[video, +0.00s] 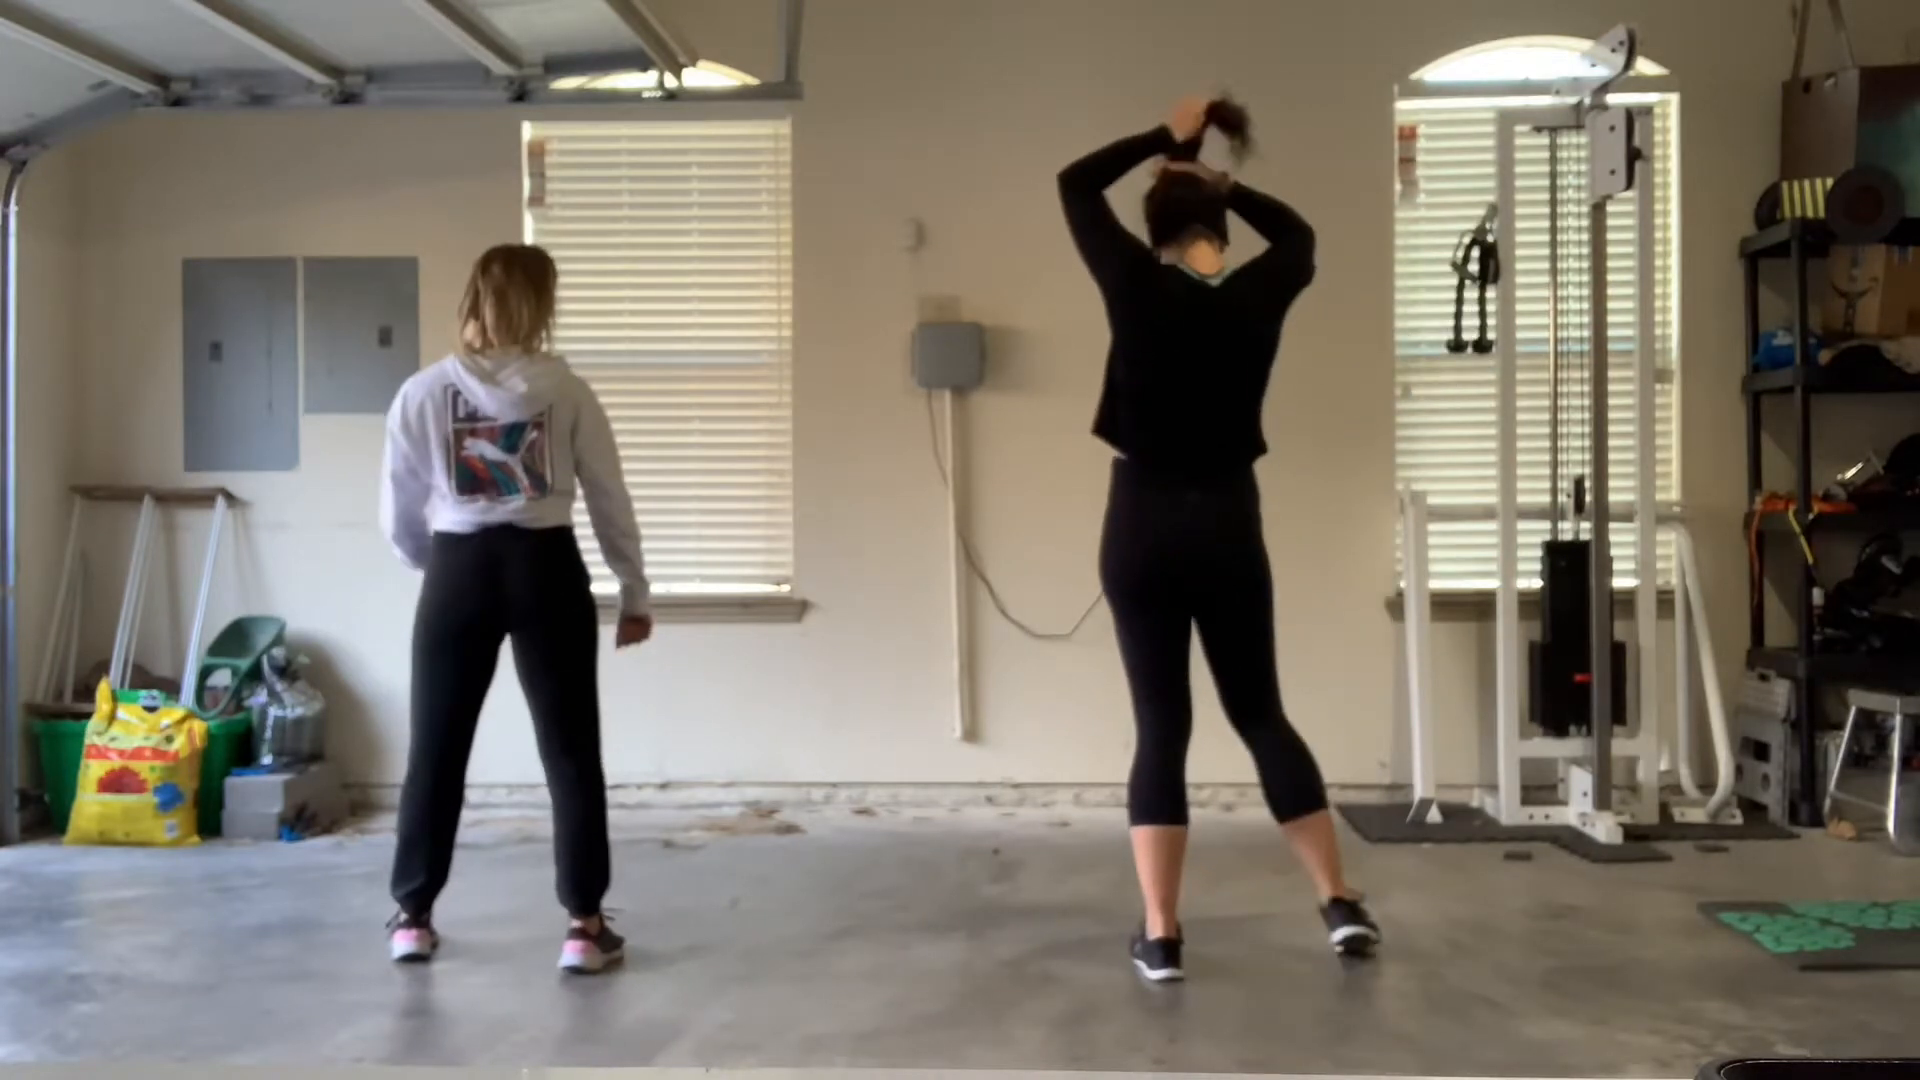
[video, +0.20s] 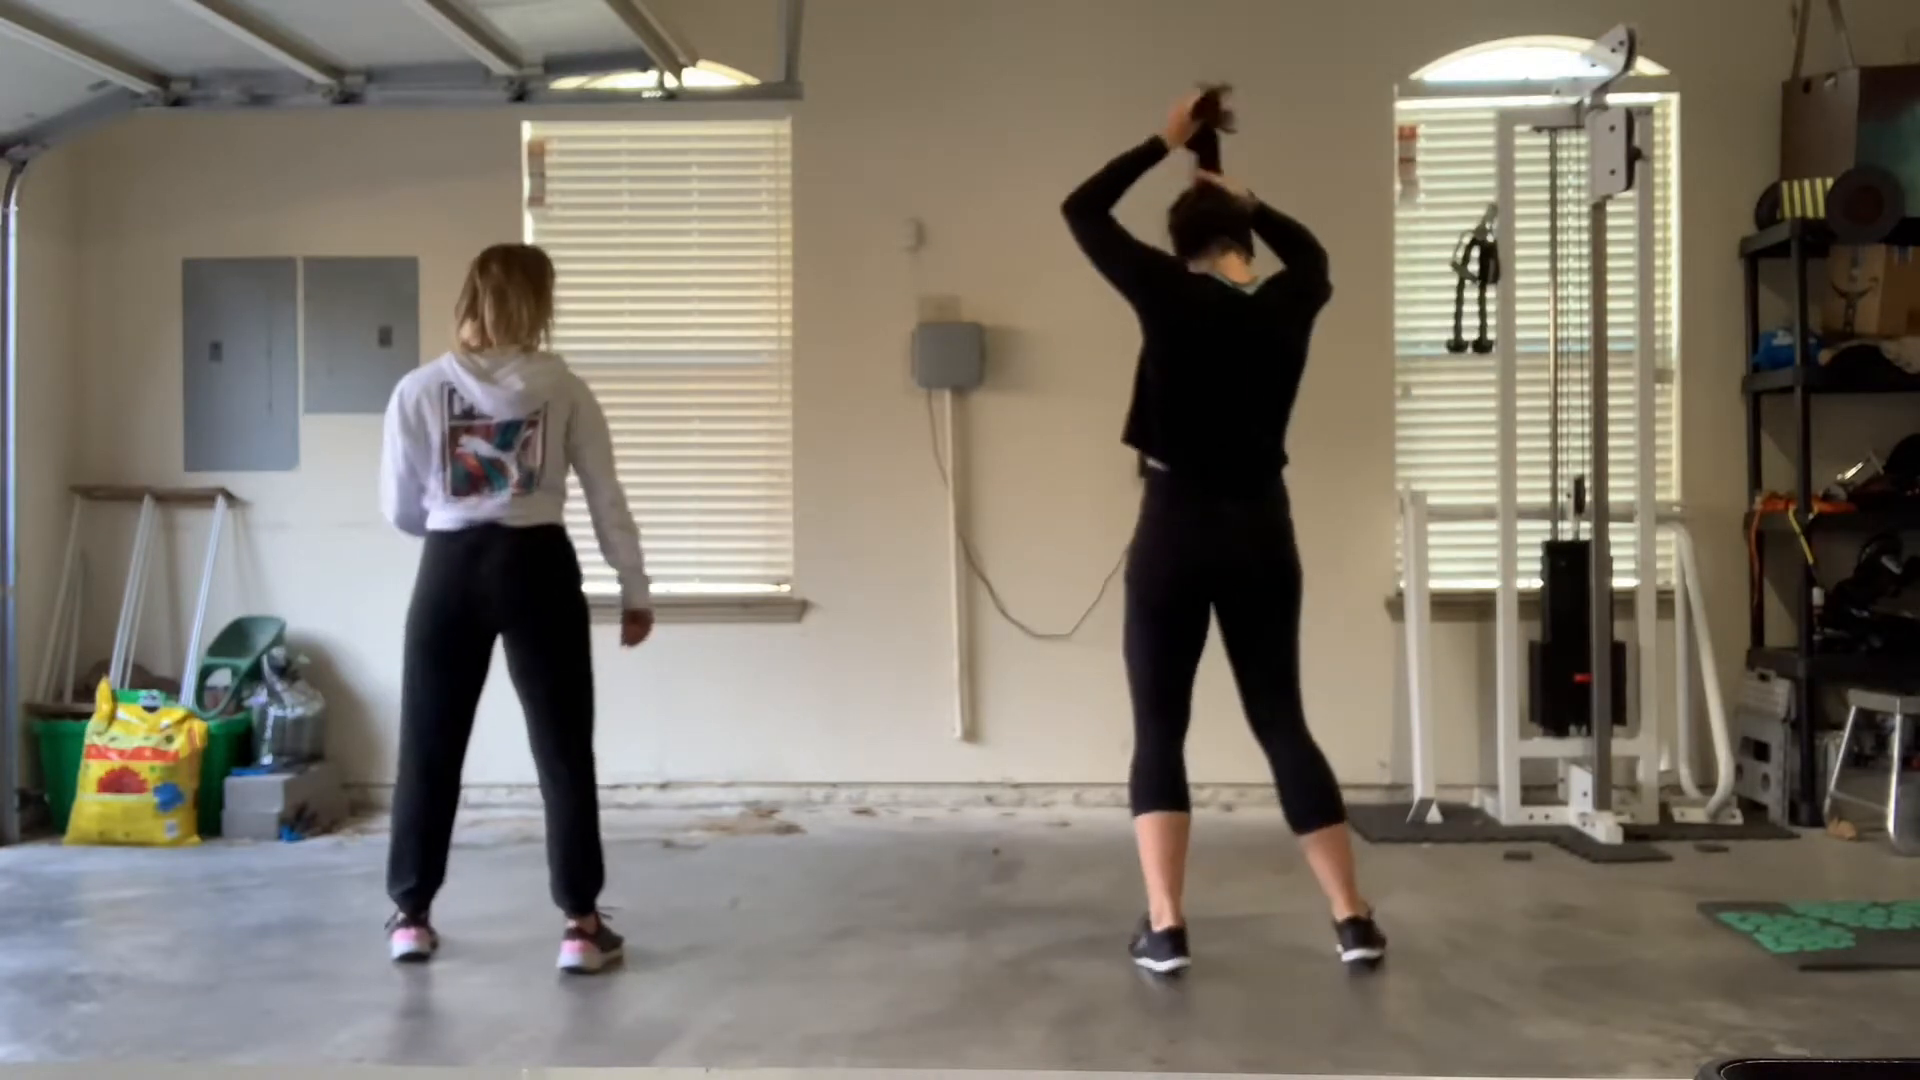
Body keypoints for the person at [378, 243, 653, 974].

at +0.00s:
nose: (551, 313)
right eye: (548, 300)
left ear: (473, 303)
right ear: (543, 306)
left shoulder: (423, 391)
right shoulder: (566, 387)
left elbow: (400, 518)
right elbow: (608, 497)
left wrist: (439, 563)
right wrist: (634, 590)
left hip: (457, 576)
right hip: (549, 574)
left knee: (435, 750)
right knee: (571, 753)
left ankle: (413, 918)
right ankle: (584, 925)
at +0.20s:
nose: (550, 313)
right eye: (547, 300)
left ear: (469, 302)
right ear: (540, 305)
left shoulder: (418, 390)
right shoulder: (564, 385)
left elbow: (402, 508)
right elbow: (606, 497)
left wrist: (458, 524)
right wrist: (635, 587)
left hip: (449, 575)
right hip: (541, 575)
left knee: (428, 748)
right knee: (565, 752)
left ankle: (411, 919)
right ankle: (580, 926)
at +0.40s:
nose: (549, 312)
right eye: (547, 300)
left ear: (471, 302)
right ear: (541, 305)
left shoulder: (421, 389)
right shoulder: (568, 389)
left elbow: (404, 509)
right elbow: (604, 503)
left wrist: (460, 531)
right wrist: (621, 591)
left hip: (457, 574)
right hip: (549, 575)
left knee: (434, 752)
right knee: (569, 755)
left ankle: (413, 918)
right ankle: (582, 926)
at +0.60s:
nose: (550, 313)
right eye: (547, 301)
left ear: (472, 301)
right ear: (542, 306)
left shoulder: (420, 390)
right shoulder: (565, 387)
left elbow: (396, 511)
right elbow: (606, 494)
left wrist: (420, 564)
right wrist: (618, 573)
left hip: (446, 574)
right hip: (538, 571)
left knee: (429, 749)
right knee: (562, 752)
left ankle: (411, 919)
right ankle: (579, 927)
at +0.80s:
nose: (539, 315)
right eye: (536, 304)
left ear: (464, 309)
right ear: (534, 309)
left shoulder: (421, 392)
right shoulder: (564, 387)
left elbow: (389, 500)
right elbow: (619, 486)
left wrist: (376, 593)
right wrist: (649, 570)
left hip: (462, 580)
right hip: (555, 577)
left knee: (438, 753)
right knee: (574, 755)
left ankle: (414, 918)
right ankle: (583, 925)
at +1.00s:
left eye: (459, 318)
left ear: (458, 323)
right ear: (524, 319)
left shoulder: (424, 391)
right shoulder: (562, 384)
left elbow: (374, 495)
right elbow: (634, 474)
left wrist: (331, 582)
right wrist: (696, 553)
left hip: (445, 577)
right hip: (535, 574)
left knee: (430, 752)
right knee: (561, 754)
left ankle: (412, 920)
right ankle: (581, 927)